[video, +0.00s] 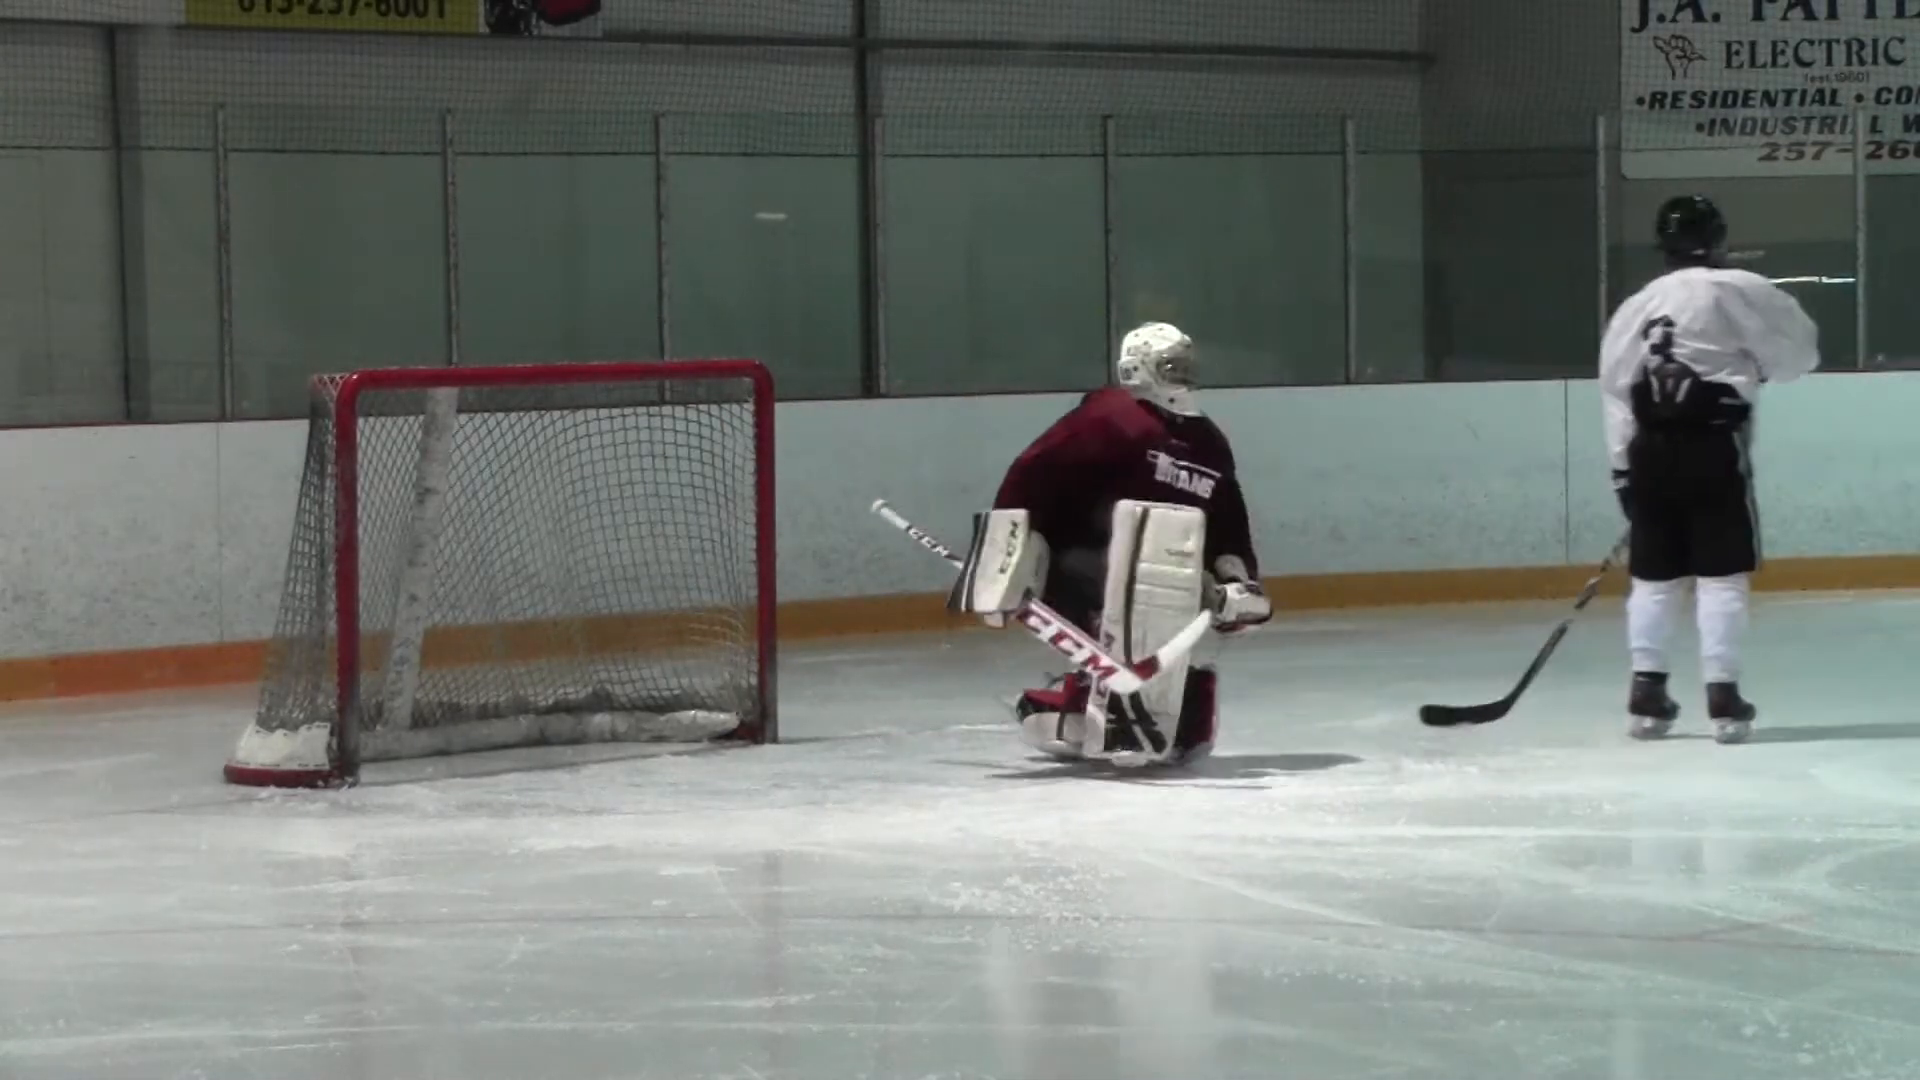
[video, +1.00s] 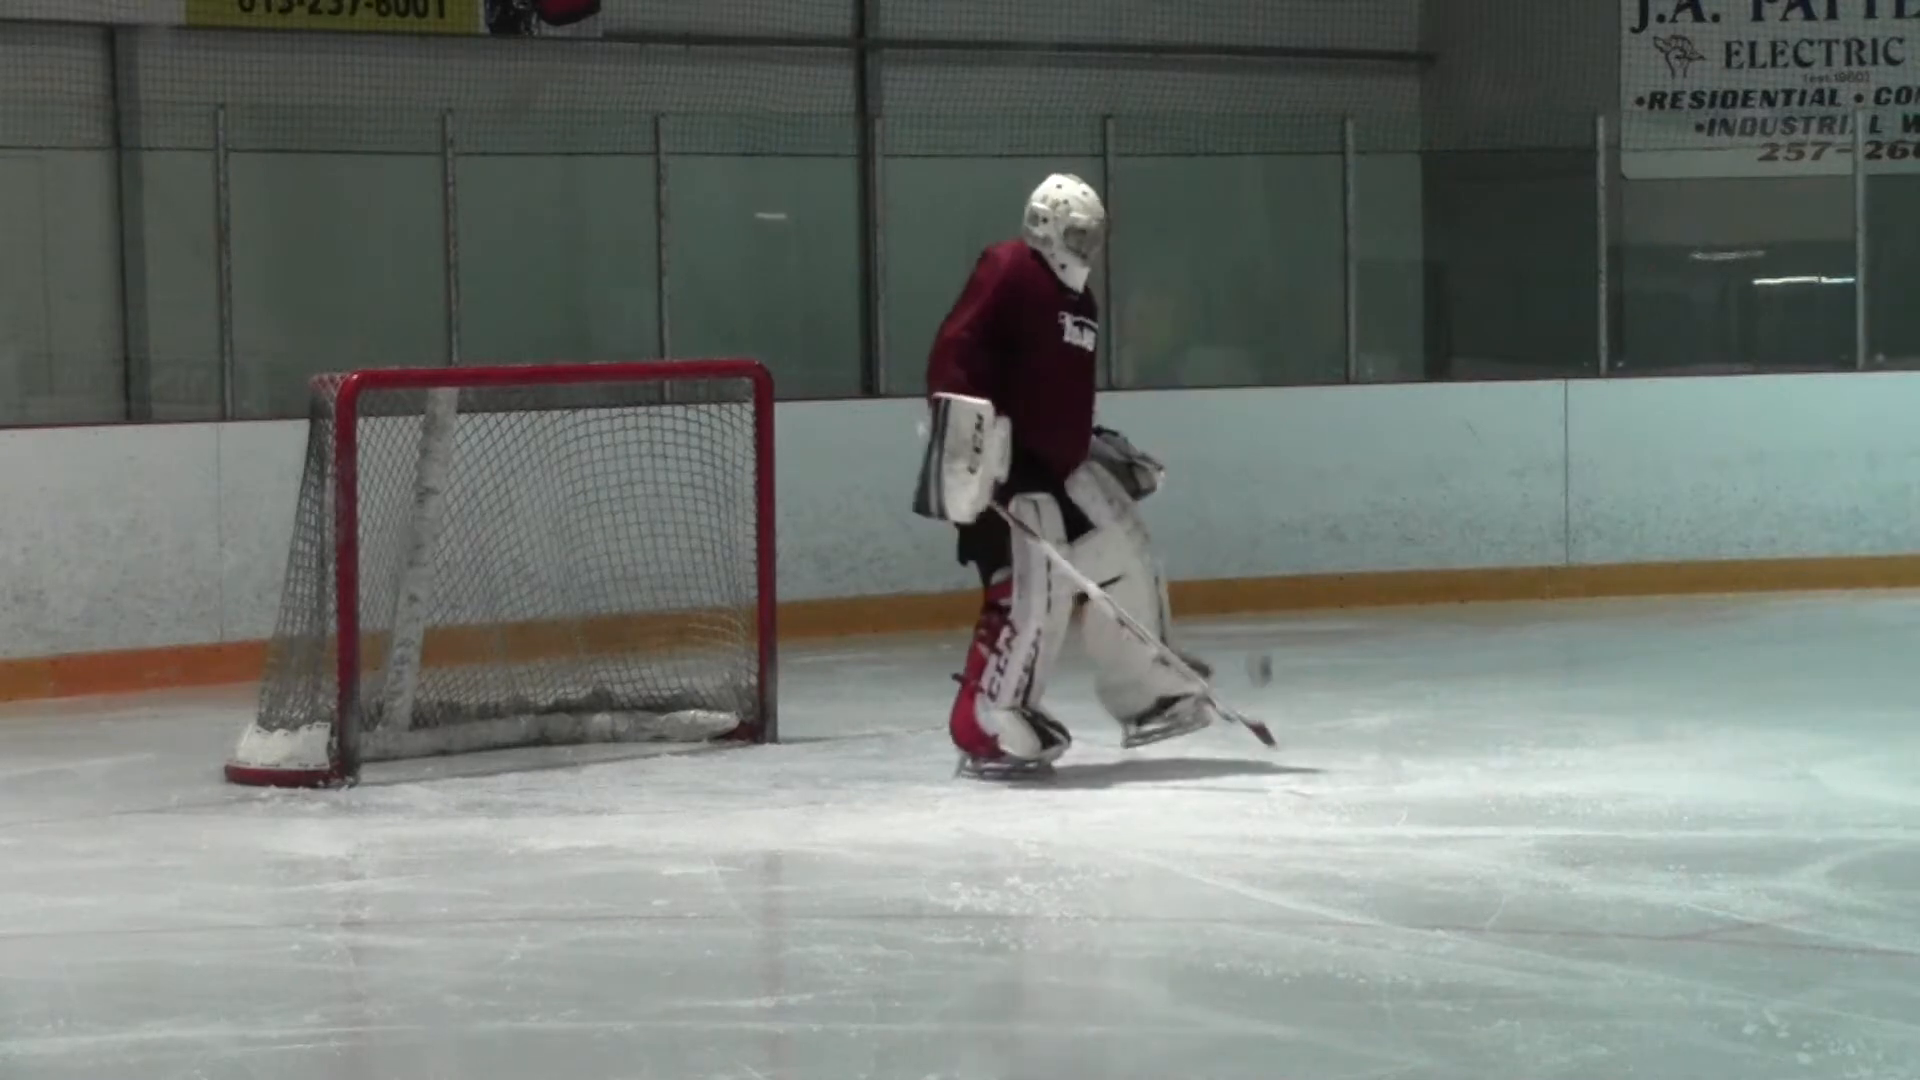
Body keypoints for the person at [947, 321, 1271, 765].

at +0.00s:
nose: (1183, 380)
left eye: (1187, 370)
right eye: (1171, 369)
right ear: (1139, 372)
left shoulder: (1207, 439)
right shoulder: (1110, 417)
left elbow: (1229, 522)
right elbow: (1028, 477)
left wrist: (1238, 582)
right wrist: (1003, 569)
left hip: (1160, 587)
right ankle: (1043, 716)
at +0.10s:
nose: (1169, 370)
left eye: (1173, 360)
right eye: (1157, 360)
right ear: (1126, 362)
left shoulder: (1199, 425)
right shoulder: (1092, 412)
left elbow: (1219, 509)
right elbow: (1016, 485)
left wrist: (1233, 569)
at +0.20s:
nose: (1156, 356)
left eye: (1160, 344)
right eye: (1144, 346)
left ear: (1170, 342)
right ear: (1113, 348)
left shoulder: (1187, 405)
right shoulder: (1078, 400)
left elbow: (1211, 491)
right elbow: (1009, 482)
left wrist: (1238, 539)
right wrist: (998, 573)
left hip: (1149, 568)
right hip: (1063, 557)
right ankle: (1049, 727)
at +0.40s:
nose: (1135, 304)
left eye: (1138, 293)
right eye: (1125, 293)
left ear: (1081, 290)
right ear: (1106, 293)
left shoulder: (1166, 350)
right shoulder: (1058, 346)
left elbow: (1203, 414)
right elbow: (996, 435)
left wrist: (1257, 385)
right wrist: (978, 526)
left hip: (1134, 522)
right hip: (1050, 518)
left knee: (1152, 603)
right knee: (1128, 591)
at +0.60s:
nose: (1108, 234)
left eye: (1113, 221)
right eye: (1095, 222)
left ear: (1119, 221)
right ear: (1065, 221)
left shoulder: (1130, 285)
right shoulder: (1034, 276)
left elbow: (1159, 368)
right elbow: (968, 366)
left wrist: (1232, 387)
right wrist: (956, 467)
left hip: (1108, 465)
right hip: (1048, 466)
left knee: (1156, 579)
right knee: (1105, 584)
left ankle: (1138, 707)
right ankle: (1103, 729)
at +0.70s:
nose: (1097, 228)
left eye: (1102, 217)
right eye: (1084, 218)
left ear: (1109, 216)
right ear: (1051, 218)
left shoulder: (1110, 278)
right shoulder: (1024, 273)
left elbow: (1114, 367)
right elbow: (962, 363)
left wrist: (1175, 407)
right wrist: (966, 462)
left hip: (1094, 456)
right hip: (1030, 461)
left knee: (1131, 571)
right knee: (1068, 589)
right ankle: (1034, 720)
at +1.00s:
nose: (1086, 248)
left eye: (1092, 238)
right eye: (1078, 235)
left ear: (1094, 236)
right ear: (1048, 227)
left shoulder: (1077, 292)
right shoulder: (1008, 267)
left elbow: (1059, 391)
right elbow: (955, 355)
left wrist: (1099, 451)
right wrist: (969, 463)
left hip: (1066, 468)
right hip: (1012, 472)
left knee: (1123, 564)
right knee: (1027, 597)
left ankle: (1148, 696)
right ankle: (990, 725)